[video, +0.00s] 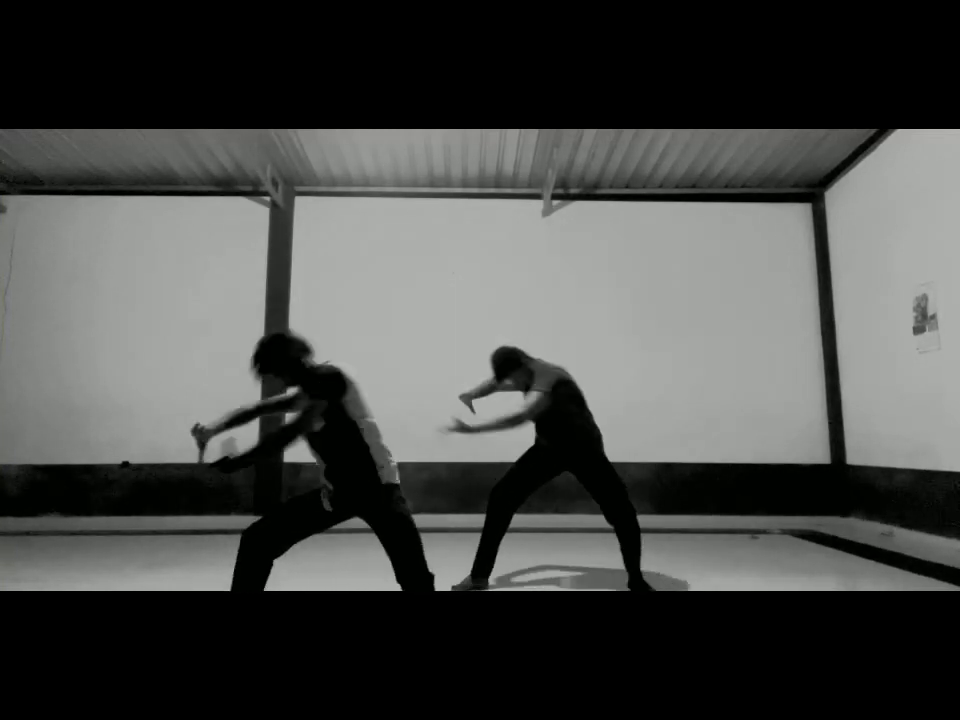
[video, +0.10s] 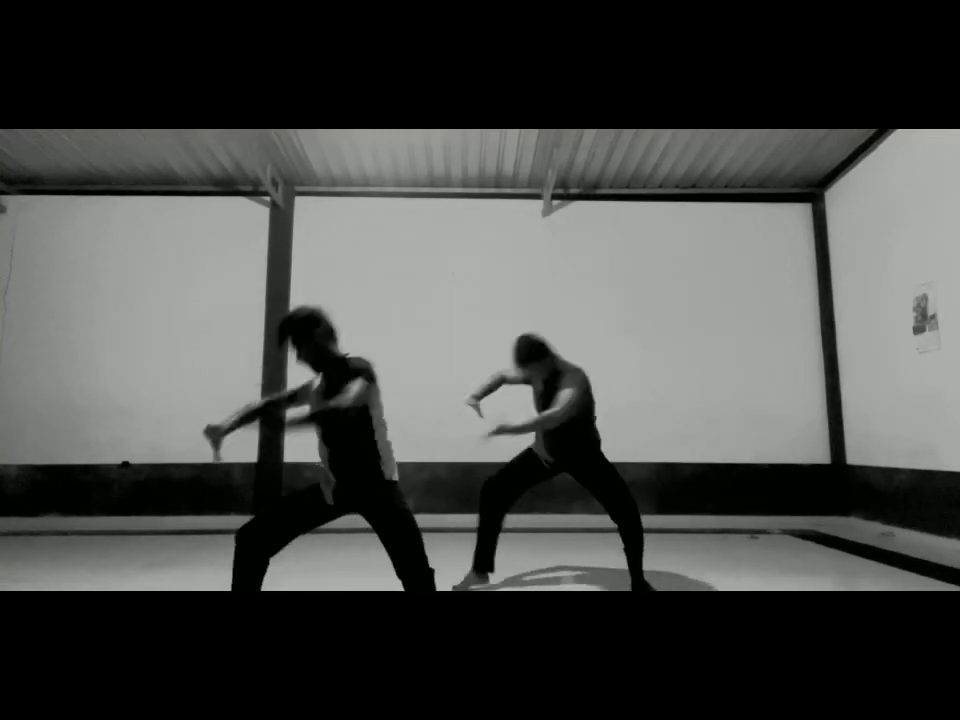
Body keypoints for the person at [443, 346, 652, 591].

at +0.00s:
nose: (512, 385)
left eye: (513, 378)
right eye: (508, 381)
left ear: (523, 367)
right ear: (507, 377)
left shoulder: (549, 377)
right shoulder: (526, 375)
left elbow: (524, 415)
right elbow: (496, 384)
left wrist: (473, 429)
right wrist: (471, 395)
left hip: (583, 453)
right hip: (548, 451)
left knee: (622, 512)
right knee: (502, 497)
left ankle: (635, 578)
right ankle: (479, 577)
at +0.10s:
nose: (530, 376)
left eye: (532, 371)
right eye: (527, 372)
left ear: (543, 361)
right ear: (528, 366)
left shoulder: (573, 379)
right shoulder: (536, 372)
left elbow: (557, 416)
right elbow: (502, 377)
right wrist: (477, 395)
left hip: (583, 458)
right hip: (544, 455)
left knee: (626, 510)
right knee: (494, 492)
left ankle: (638, 581)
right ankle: (480, 572)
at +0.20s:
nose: (549, 352)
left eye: (552, 347)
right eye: (546, 347)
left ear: (562, 346)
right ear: (545, 348)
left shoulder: (587, 375)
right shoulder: (538, 369)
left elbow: (604, 393)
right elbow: (502, 366)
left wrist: (561, 408)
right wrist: (488, 391)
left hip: (579, 458)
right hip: (539, 455)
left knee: (625, 508)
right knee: (482, 489)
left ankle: (638, 579)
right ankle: (473, 565)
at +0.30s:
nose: (557, 347)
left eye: (564, 342)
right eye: (553, 341)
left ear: (575, 344)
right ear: (548, 342)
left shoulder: (588, 376)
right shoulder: (532, 367)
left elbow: (627, 371)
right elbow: (495, 347)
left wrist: (585, 378)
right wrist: (501, 371)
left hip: (572, 460)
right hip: (530, 459)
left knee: (621, 509)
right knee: (476, 501)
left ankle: (637, 580)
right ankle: (469, 575)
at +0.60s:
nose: (531, 338)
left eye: (536, 334)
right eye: (525, 333)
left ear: (542, 338)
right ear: (517, 338)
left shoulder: (559, 371)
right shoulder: (503, 374)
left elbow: (601, 364)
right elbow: (474, 361)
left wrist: (623, 371)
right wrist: (512, 361)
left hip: (557, 452)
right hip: (514, 455)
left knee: (613, 492)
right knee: (471, 501)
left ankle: (628, 563)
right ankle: (470, 576)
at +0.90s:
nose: (564, 333)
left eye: (568, 328)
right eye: (559, 329)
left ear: (576, 329)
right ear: (551, 331)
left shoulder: (594, 364)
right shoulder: (540, 364)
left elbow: (631, 360)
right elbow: (511, 379)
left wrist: (653, 368)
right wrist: (518, 385)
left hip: (583, 449)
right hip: (543, 449)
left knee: (628, 501)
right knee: (504, 505)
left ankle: (618, 571)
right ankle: (472, 575)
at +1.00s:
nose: (572, 320)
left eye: (577, 315)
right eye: (567, 315)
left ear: (585, 314)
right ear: (559, 316)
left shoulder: (600, 345)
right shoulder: (550, 346)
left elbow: (642, 335)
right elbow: (516, 349)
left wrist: (651, 344)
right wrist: (530, 369)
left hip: (595, 433)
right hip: (557, 433)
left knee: (624, 493)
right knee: (530, 492)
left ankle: (621, 568)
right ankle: (505, 563)